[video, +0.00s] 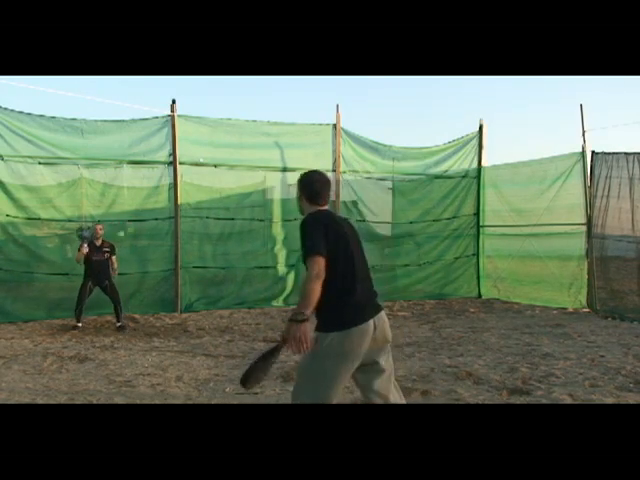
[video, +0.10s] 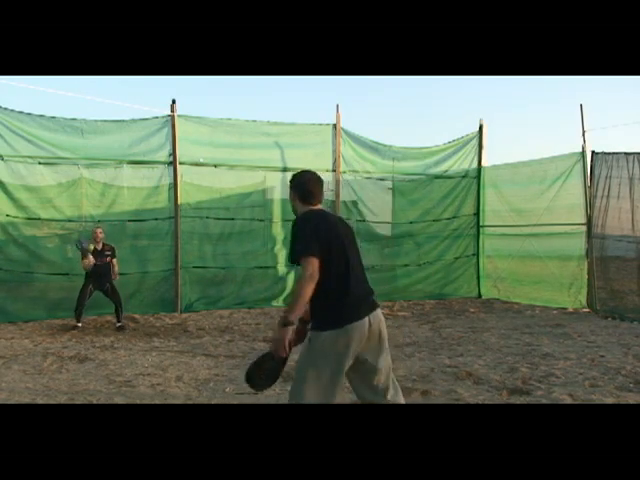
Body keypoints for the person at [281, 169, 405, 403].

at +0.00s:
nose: (297, 197)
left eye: (297, 193)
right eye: (299, 193)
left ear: (301, 196)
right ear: (328, 196)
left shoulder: (312, 223)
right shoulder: (342, 222)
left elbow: (316, 274)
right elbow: (338, 278)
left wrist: (300, 318)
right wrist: (301, 320)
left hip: (342, 331)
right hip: (374, 321)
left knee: (308, 397)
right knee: (386, 394)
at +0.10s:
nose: (290, 197)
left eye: (290, 193)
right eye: (291, 193)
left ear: (293, 195)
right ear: (320, 195)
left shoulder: (305, 223)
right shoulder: (337, 221)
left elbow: (309, 275)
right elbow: (328, 280)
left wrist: (287, 323)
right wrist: (304, 323)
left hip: (335, 328)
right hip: (369, 317)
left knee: (307, 397)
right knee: (384, 392)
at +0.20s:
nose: (291, 194)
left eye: (292, 190)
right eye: (292, 190)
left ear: (295, 193)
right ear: (323, 194)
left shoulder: (300, 222)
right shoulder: (342, 220)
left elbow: (304, 276)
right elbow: (343, 277)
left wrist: (273, 319)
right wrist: (311, 322)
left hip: (333, 325)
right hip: (370, 314)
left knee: (308, 396)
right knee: (384, 390)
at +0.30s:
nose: (301, 194)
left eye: (302, 191)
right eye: (303, 191)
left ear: (305, 194)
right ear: (332, 194)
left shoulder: (303, 225)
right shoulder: (356, 223)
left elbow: (298, 281)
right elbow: (362, 274)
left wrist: (275, 303)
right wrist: (320, 319)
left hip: (332, 327)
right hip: (373, 318)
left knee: (310, 396)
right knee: (387, 392)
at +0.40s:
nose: (316, 201)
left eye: (317, 197)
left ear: (318, 200)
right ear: (348, 201)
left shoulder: (308, 232)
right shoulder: (368, 231)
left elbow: (292, 288)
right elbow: (387, 287)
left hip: (333, 338)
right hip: (378, 332)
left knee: (304, 398)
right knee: (392, 398)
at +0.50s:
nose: (331, 203)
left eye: (333, 200)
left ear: (335, 204)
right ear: (364, 206)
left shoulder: (319, 236)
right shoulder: (383, 238)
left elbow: (302, 277)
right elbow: (408, 292)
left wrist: (319, 253)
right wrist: (382, 306)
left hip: (337, 340)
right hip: (384, 337)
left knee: (307, 396)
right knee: (393, 397)